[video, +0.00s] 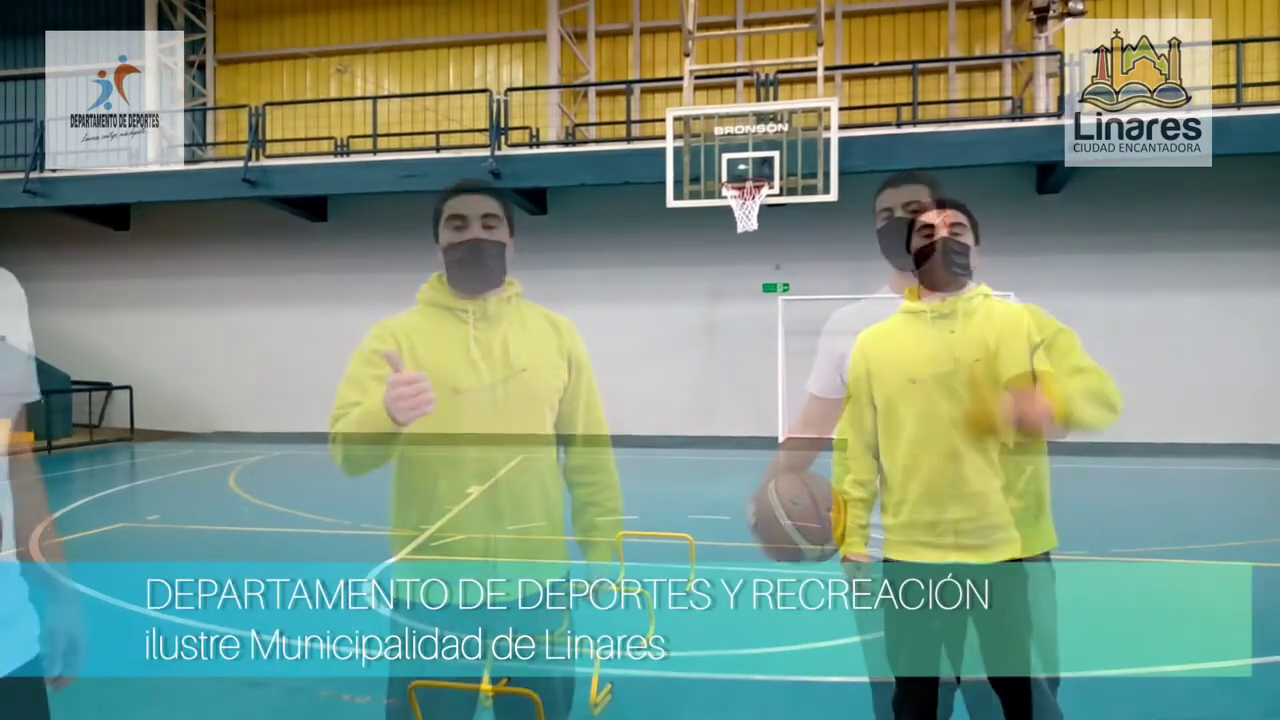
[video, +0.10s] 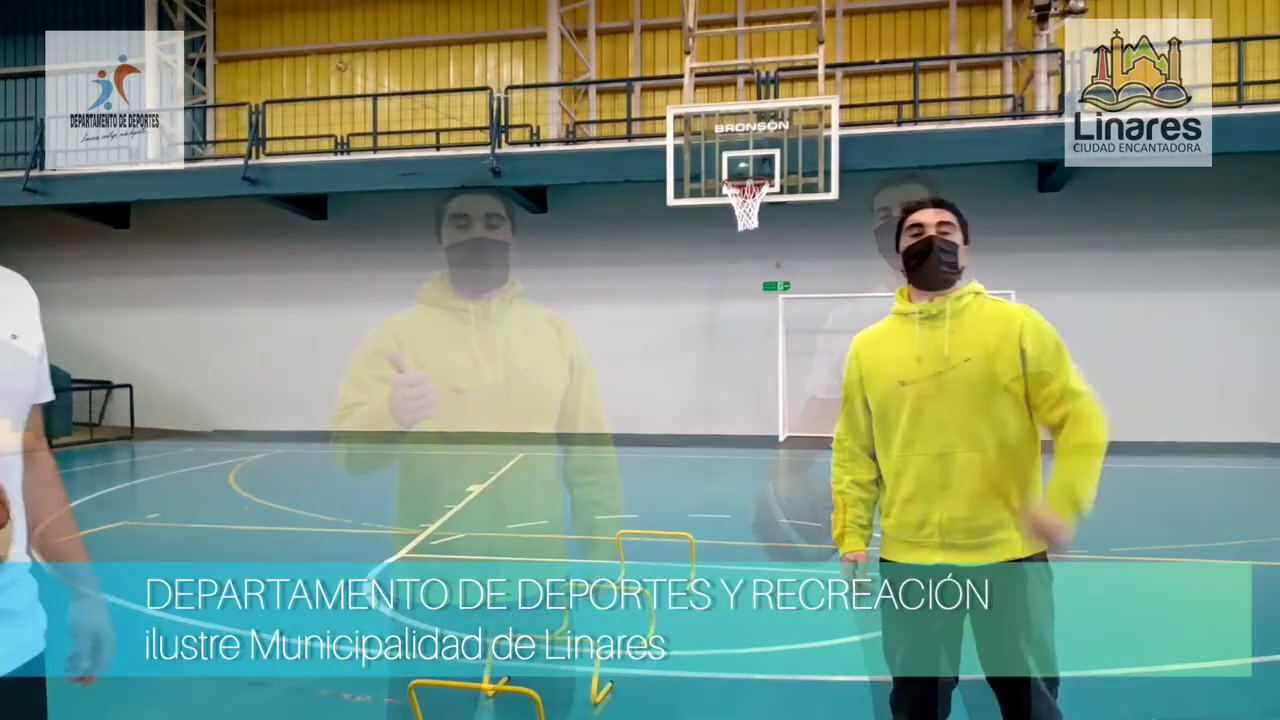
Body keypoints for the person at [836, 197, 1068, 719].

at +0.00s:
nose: (946, 239)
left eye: (958, 230)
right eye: (929, 232)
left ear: (976, 250)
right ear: (910, 253)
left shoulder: (1020, 323)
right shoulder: (875, 344)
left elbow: (1102, 397)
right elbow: (855, 455)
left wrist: (1042, 406)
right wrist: (853, 544)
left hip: (1010, 547)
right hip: (915, 550)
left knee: (1022, 691)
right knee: (915, 696)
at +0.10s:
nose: (931, 236)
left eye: (945, 229)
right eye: (916, 230)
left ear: (965, 250)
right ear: (900, 257)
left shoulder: (1017, 327)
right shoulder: (870, 347)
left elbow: (1081, 419)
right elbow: (854, 453)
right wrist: (853, 535)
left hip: (1009, 553)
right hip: (912, 556)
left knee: (1029, 701)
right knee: (916, 702)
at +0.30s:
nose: (911, 240)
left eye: (927, 232)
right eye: (897, 234)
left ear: (951, 255)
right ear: (883, 259)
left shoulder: (1005, 330)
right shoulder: (856, 349)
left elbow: (1045, 436)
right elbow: (845, 457)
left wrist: (1043, 528)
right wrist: (850, 551)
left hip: (995, 553)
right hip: (898, 558)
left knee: (1020, 702)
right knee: (909, 704)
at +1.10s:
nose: (963, 240)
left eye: (978, 231)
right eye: (947, 233)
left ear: (997, 251)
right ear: (927, 256)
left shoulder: (1047, 342)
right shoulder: (886, 348)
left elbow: (1071, 460)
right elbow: (867, 464)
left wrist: (1073, 558)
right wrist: (876, 561)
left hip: (1023, 571)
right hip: (924, 572)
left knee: (1032, 710)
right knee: (921, 709)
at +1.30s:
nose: (1008, 235)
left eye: (1025, 227)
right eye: (991, 225)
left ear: (1044, 250)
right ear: (970, 246)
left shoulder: (1089, 343)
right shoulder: (919, 340)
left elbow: (1119, 469)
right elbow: (893, 460)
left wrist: (1118, 576)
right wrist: (894, 559)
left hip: (1050, 583)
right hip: (943, 580)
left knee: (1054, 713)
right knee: (936, 710)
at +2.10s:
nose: (998, 222)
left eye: (1018, 211)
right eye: (981, 212)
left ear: (1045, 239)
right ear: (964, 237)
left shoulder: (1105, 338)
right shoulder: (917, 342)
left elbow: (1143, 475)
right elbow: (886, 450)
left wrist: (1135, 593)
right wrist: (859, 500)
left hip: (1065, 613)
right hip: (948, 612)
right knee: (950, 712)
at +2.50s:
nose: (948, 217)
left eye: (965, 204)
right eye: (928, 210)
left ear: (993, 228)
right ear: (912, 238)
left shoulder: (1066, 326)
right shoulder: (874, 349)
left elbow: (1117, 459)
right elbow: (848, 475)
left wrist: (1126, 576)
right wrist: (850, 578)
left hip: (1057, 615)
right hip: (933, 621)